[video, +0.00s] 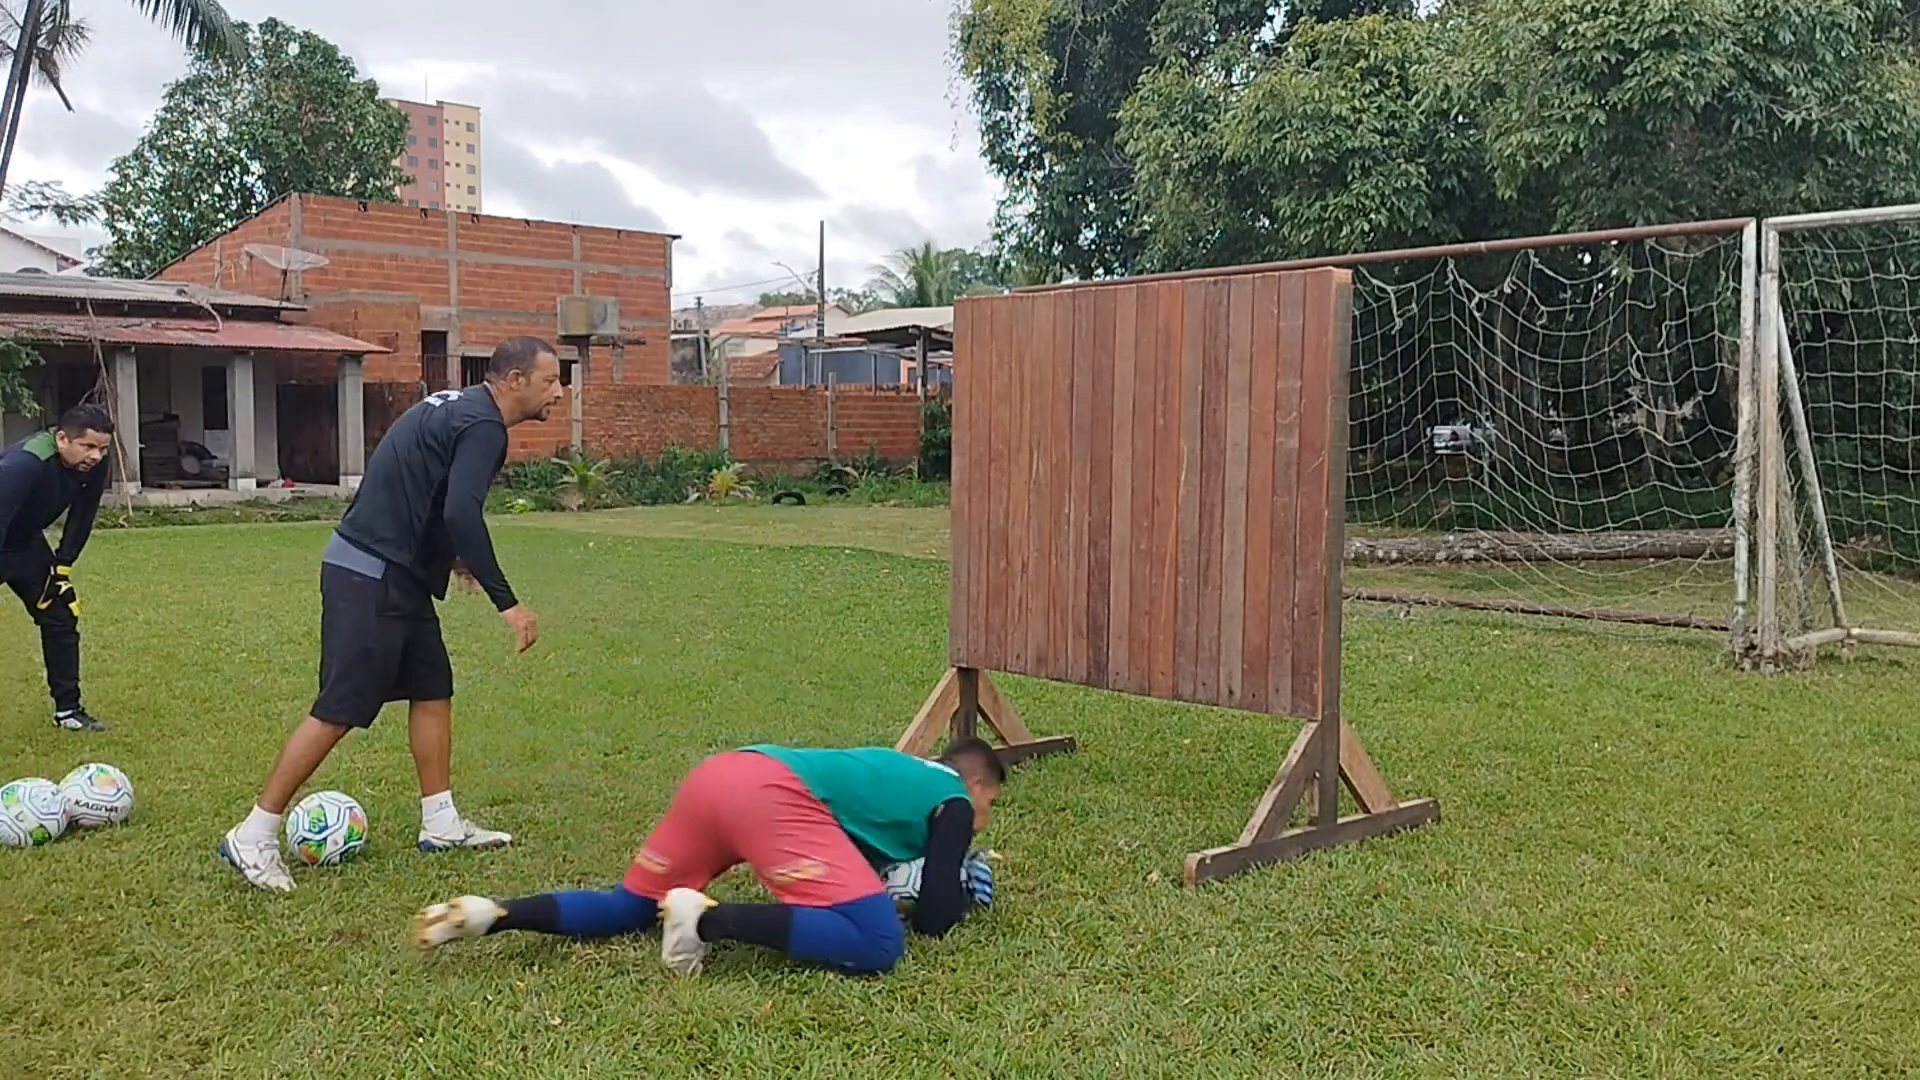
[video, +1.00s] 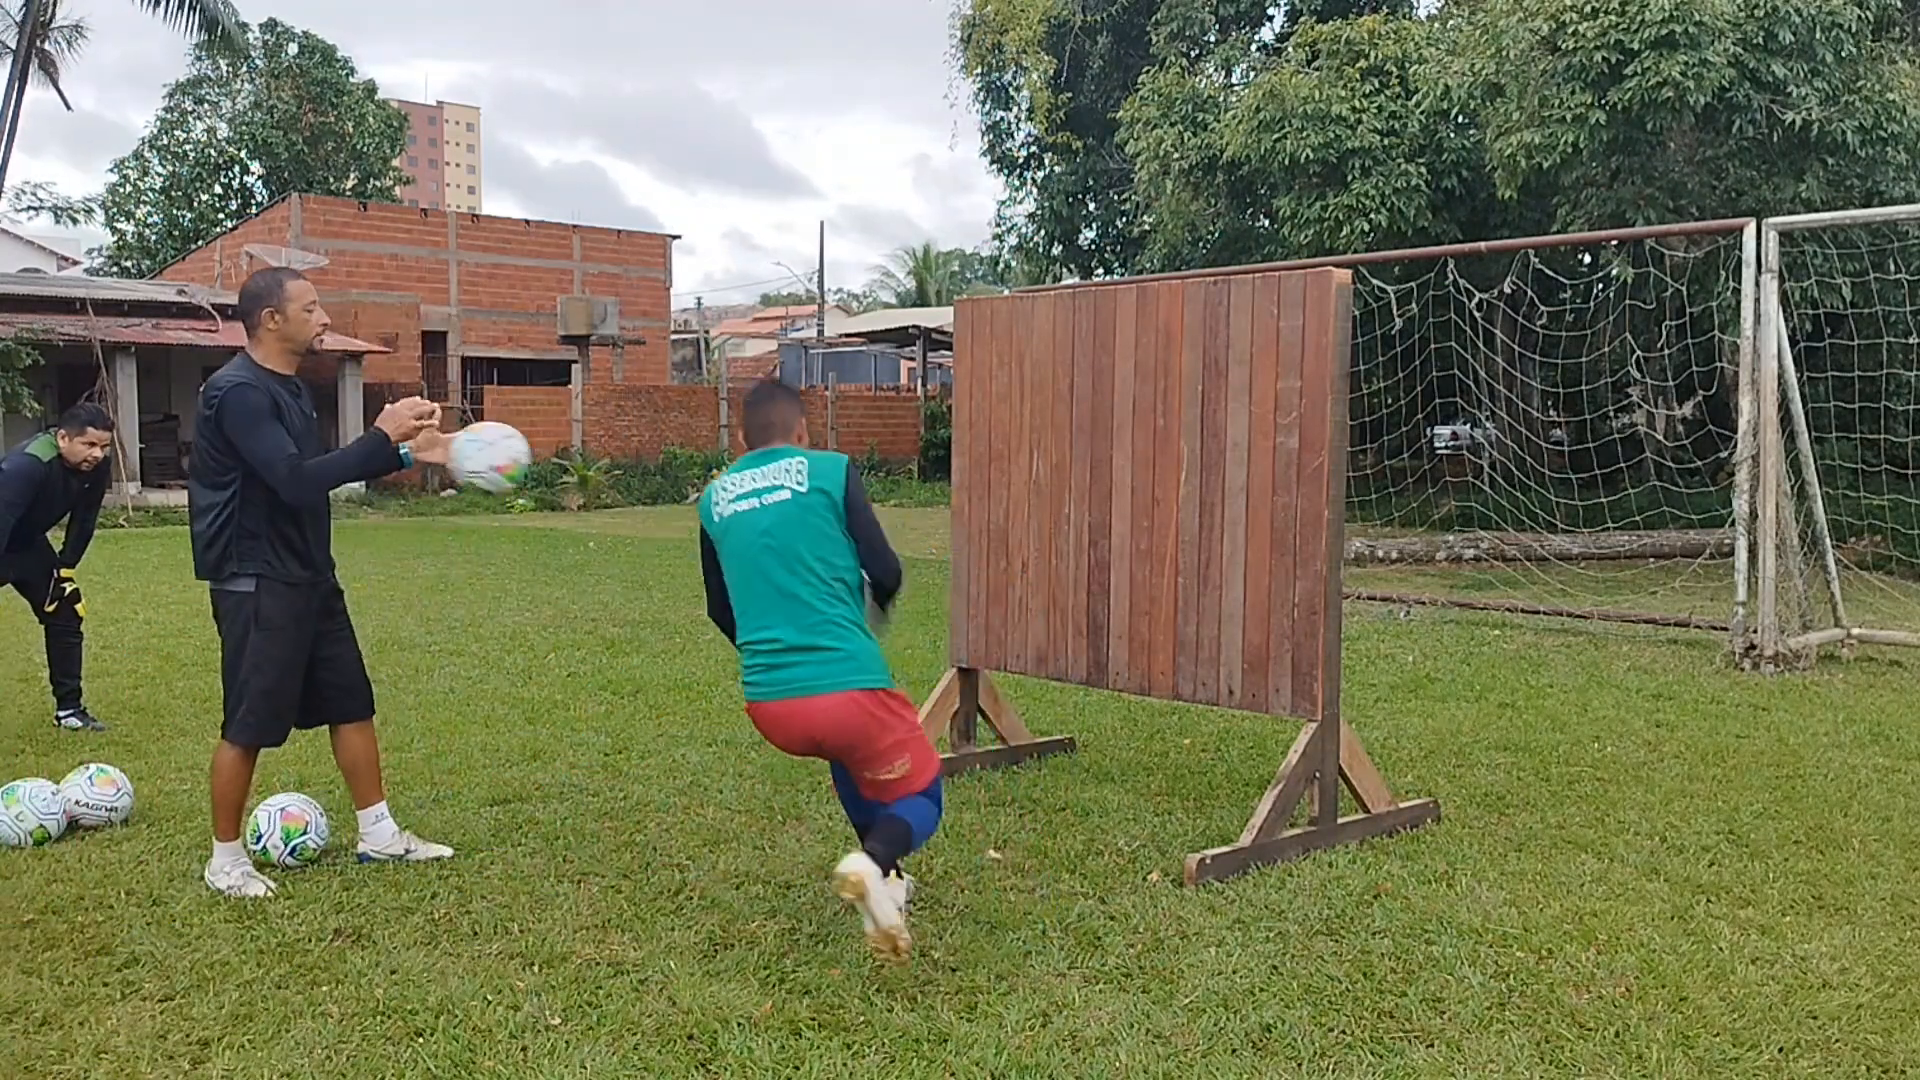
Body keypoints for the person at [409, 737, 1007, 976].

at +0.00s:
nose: (982, 817)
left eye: (985, 808)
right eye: (988, 805)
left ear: (948, 766)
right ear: (976, 786)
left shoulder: (891, 775)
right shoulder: (953, 798)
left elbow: (848, 868)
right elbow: (935, 918)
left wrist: (907, 881)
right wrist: (959, 895)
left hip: (715, 770)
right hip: (770, 785)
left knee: (633, 903)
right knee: (874, 941)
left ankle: (495, 914)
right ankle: (704, 919)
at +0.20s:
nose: (1020, 773)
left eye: (1021, 765)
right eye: (1023, 766)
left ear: (983, 737)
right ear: (1015, 757)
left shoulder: (922, 737)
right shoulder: (1014, 781)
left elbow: (891, 853)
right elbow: (965, 863)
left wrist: (919, 899)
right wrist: (923, 919)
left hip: (836, 767)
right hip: (913, 795)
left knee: (806, 879)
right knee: (1003, 906)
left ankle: (729, 902)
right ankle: (909, 937)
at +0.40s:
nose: (958, 634)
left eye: (956, 627)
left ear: (951, 625)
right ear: (1007, 626)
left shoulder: (918, 661)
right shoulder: (1040, 665)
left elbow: (899, 739)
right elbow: (1055, 749)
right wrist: (1024, 815)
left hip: (884, 783)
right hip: (966, 798)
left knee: (867, 888)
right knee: (1036, 912)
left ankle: (776, 916)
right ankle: (960, 937)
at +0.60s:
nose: (882, 559)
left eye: (881, 552)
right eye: (883, 553)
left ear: (891, 549)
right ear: (944, 547)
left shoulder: (875, 583)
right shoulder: (997, 596)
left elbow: (791, 640)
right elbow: (1030, 684)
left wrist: (844, 697)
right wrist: (1008, 742)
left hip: (887, 778)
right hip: (974, 792)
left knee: (831, 741)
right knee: (1033, 911)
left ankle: (819, 880)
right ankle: (973, 939)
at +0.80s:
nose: (788, 526)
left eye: (787, 518)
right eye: (787, 519)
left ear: (798, 515)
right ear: (855, 509)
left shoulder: (784, 558)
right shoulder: (907, 546)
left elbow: (748, 654)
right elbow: (956, 646)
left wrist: (815, 696)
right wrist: (896, 662)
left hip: (870, 763)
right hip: (947, 762)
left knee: (847, 745)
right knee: (968, 878)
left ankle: (885, 879)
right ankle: (984, 941)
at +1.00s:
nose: (806, 437)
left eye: (799, 433)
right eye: (805, 430)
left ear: (744, 436)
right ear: (802, 429)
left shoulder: (715, 497)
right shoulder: (832, 470)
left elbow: (720, 610)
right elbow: (885, 571)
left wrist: (766, 645)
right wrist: (882, 598)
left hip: (774, 712)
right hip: (849, 697)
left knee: (845, 753)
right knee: (922, 797)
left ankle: (888, 876)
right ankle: (869, 862)